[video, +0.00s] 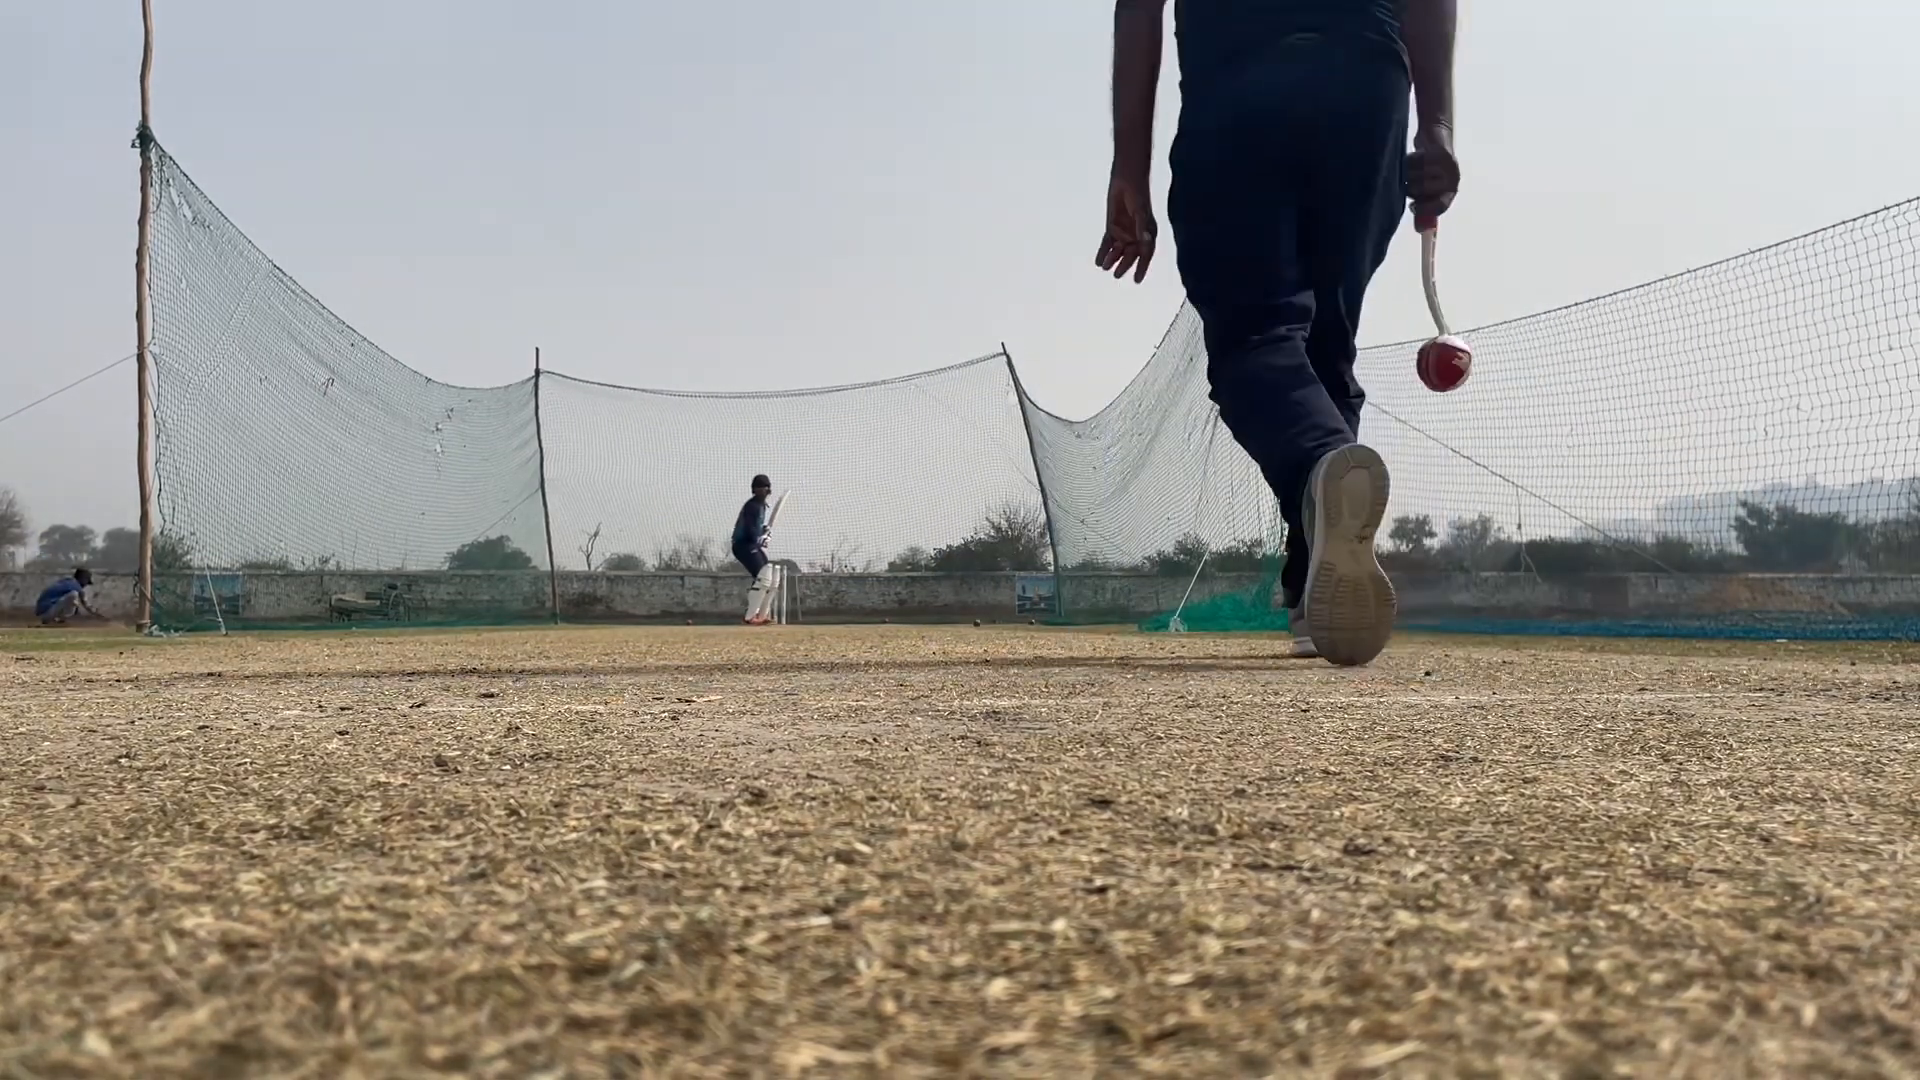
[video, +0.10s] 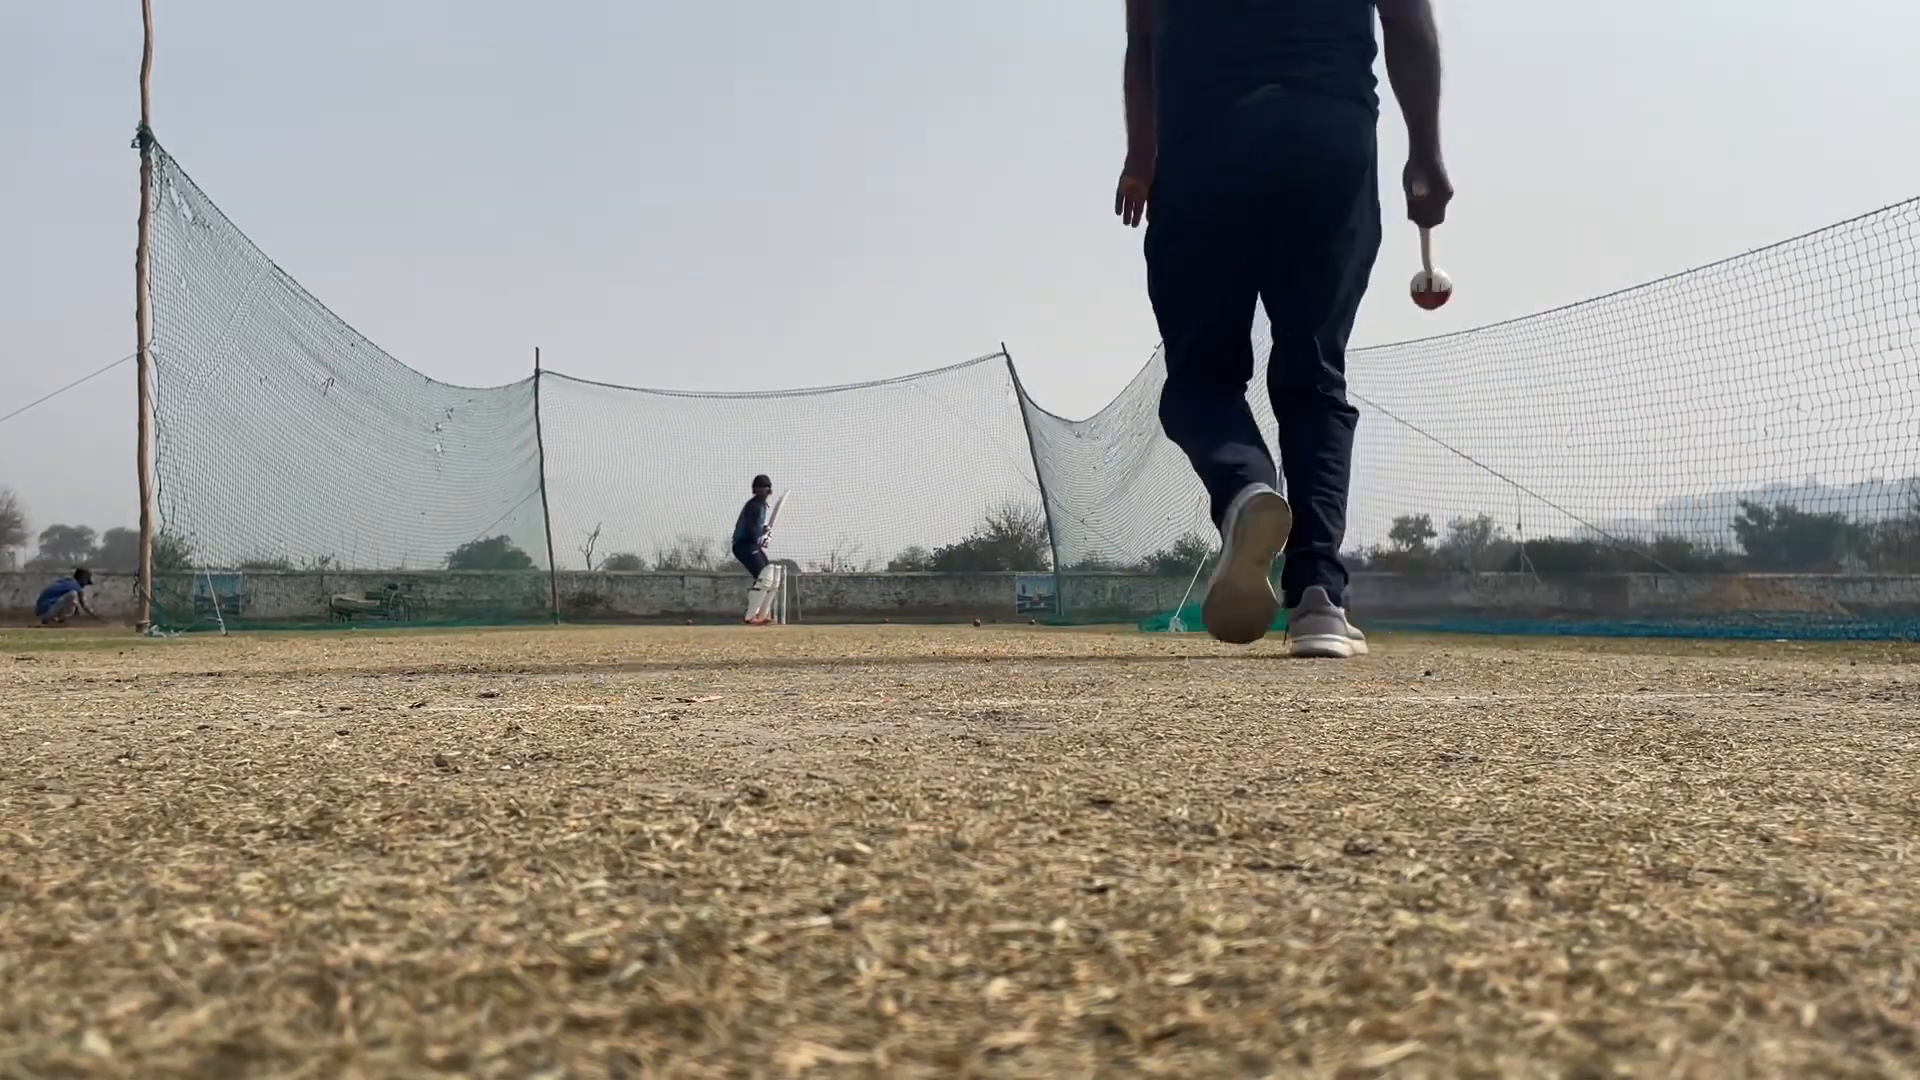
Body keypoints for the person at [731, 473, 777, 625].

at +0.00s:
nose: (767, 491)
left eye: (768, 487)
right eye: (763, 488)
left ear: (768, 489)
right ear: (755, 490)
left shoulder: (762, 506)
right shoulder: (753, 506)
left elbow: (760, 526)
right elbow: (751, 530)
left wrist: (764, 531)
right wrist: (760, 540)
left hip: (752, 543)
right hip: (742, 545)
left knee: (771, 575)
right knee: (763, 575)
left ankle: (762, 615)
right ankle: (750, 615)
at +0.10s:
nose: (766, 491)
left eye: (767, 487)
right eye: (762, 488)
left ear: (769, 489)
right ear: (755, 490)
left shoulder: (762, 505)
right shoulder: (754, 505)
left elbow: (760, 526)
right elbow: (752, 529)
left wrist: (765, 532)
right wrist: (761, 539)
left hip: (752, 543)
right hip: (743, 545)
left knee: (771, 574)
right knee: (764, 575)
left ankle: (762, 615)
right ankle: (750, 615)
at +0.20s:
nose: (767, 491)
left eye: (769, 487)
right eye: (763, 488)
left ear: (771, 489)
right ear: (756, 490)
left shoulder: (764, 507)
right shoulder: (754, 506)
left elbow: (761, 527)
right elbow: (752, 532)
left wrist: (765, 532)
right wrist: (762, 539)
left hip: (754, 544)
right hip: (744, 545)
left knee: (773, 575)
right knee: (765, 576)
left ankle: (763, 615)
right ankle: (751, 615)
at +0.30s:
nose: (769, 491)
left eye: (770, 487)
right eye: (765, 488)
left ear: (772, 489)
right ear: (757, 489)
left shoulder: (765, 507)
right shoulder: (755, 507)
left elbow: (763, 527)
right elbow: (753, 532)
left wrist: (766, 533)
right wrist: (762, 540)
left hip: (754, 545)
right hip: (745, 546)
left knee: (774, 575)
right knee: (766, 576)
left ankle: (763, 615)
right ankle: (751, 616)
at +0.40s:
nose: (771, 491)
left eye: (772, 488)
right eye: (767, 488)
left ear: (774, 490)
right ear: (759, 490)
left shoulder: (766, 507)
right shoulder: (757, 507)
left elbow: (766, 527)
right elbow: (755, 532)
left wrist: (768, 536)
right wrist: (763, 539)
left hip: (755, 545)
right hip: (746, 546)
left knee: (774, 576)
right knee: (766, 576)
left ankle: (763, 615)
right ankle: (751, 615)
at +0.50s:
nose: (773, 493)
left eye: (775, 490)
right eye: (769, 490)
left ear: (776, 492)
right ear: (762, 491)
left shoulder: (769, 509)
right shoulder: (759, 508)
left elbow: (766, 528)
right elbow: (756, 533)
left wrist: (768, 538)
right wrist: (765, 537)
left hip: (757, 545)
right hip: (746, 545)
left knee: (773, 577)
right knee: (765, 577)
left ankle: (763, 615)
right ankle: (751, 615)